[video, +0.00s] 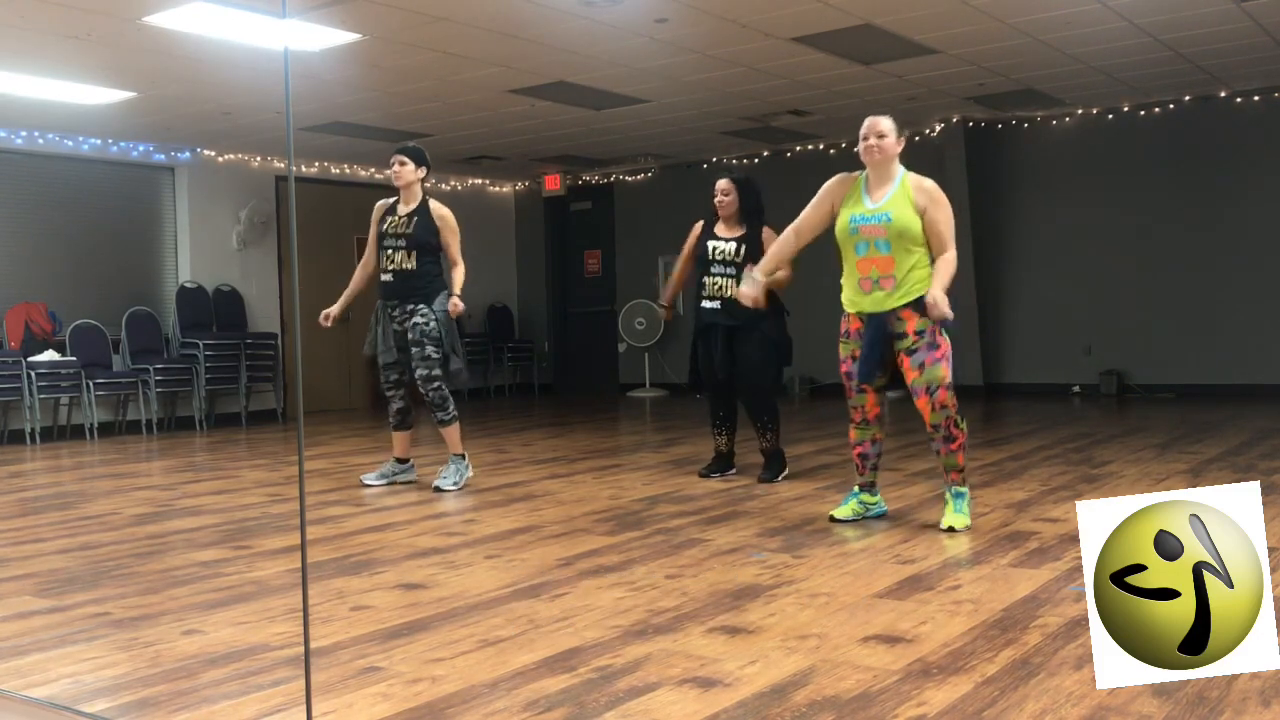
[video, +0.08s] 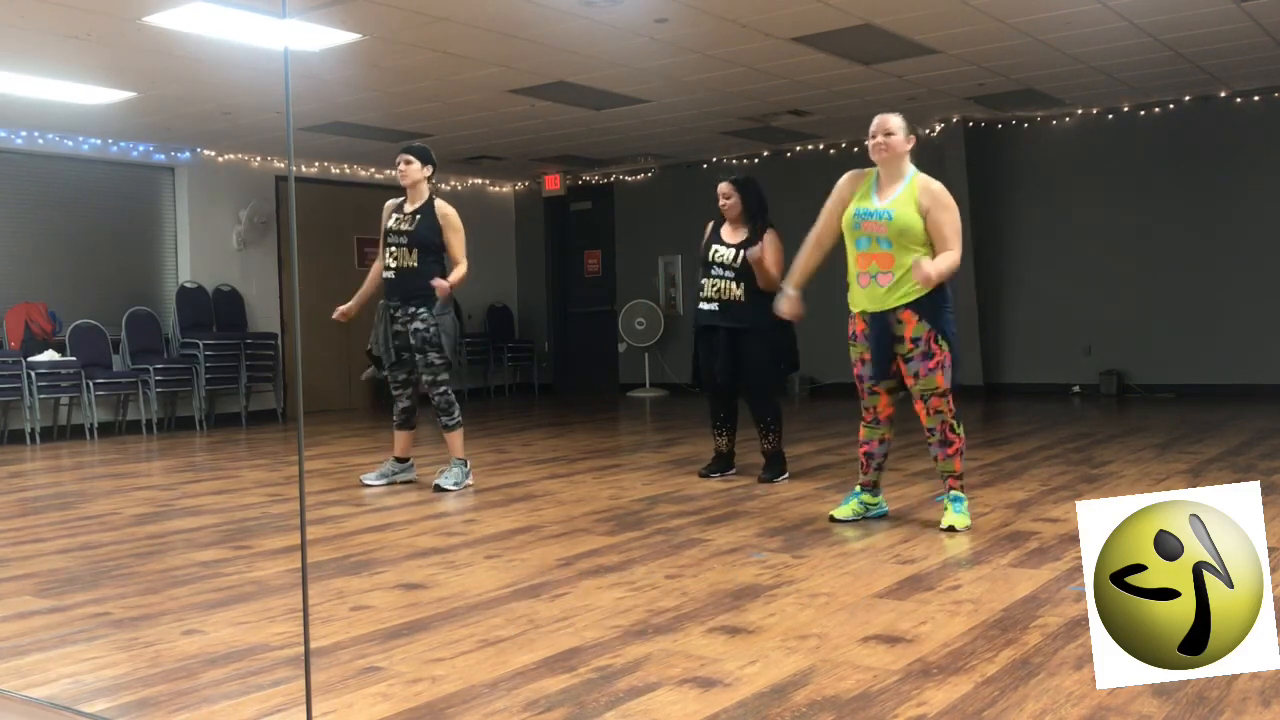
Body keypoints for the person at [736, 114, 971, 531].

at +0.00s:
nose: (871, 142)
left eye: (880, 136)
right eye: (865, 137)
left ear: (900, 144)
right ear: (858, 148)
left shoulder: (924, 191)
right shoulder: (841, 188)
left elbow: (946, 252)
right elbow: (795, 234)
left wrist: (937, 288)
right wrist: (757, 273)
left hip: (915, 312)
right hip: (859, 317)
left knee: (936, 403)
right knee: (862, 408)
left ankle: (957, 493)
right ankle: (867, 494)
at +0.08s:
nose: (877, 140)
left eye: (887, 133)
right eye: (872, 135)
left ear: (909, 142)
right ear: (867, 145)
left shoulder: (930, 192)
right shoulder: (851, 184)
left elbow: (951, 252)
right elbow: (819, 238)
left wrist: (934, 268)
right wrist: (791, 287)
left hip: (919, 310)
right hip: (866, 313)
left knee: (935, 405)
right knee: (873, 407)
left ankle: (954, 497)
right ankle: (868, 494)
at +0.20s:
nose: (884, 139)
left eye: (894, 132)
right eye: (880, 135)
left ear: (918, 140)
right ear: (876, 146)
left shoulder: (936, 191)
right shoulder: (866, 183)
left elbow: (951, 257)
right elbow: (847, 241)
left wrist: (927, 257)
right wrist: (836, 294)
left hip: (923, 312)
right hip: (870, 313)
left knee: (937, 404)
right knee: (864, 402)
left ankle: (955, 497)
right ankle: (866, 492)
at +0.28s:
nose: (889, 141)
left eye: (899, 133)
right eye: (885, 137)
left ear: (926, 141)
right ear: (883, 146)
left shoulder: (940, 192)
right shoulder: (879, 184)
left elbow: (951, 264)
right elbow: (880, 247)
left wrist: (922, 251)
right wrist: (873, 300)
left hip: (930, 312)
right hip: (884, 311)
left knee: (940, 405)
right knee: (837, 378)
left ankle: (955, 496)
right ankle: (856, 472)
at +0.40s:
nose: (895, 145)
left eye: (905, 137)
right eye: (891, 141)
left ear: (931, 146)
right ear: (888, 152)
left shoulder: (942, 196)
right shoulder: (888, 190)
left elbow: (949, 272)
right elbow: (894, 248)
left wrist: (922, 247)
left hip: (935, 314)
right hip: (889, 312)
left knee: (944, 406)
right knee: (835, 371)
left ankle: (955, 497)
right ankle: (851, 464)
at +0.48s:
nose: (897, 138)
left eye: (906, 130)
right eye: (892, 134)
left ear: (931, 139)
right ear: (889, 145)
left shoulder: (943, 188)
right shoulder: (886, 182)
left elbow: (950, 260)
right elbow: (891, 242)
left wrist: (929, 240)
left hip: (935, 307)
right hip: (888, 306)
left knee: (944, 405)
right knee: (852, 381)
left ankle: (955, 497)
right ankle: (861, 484)